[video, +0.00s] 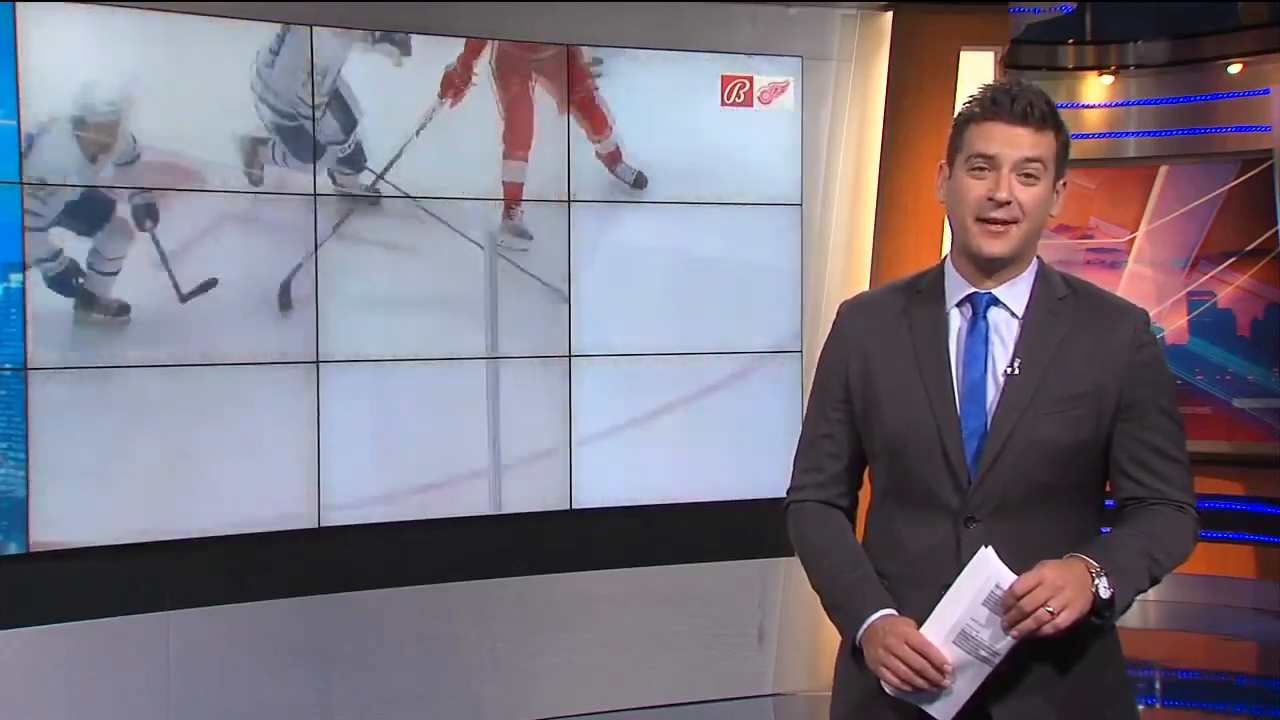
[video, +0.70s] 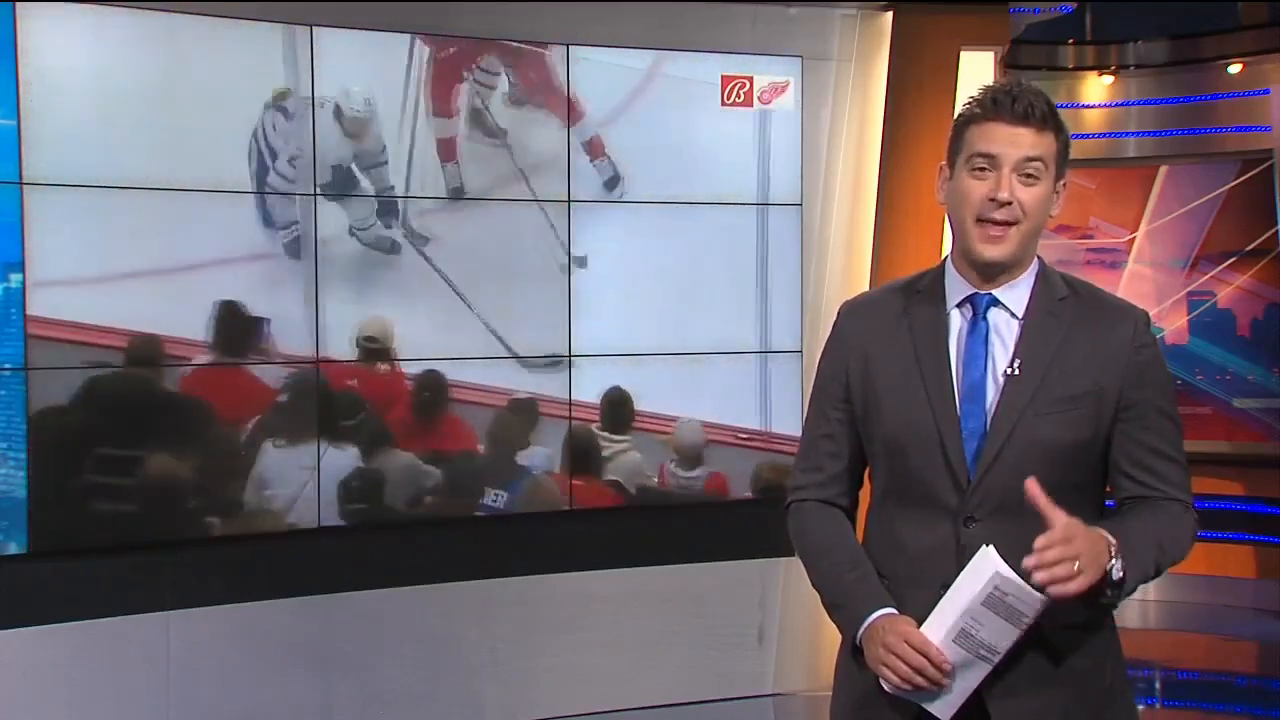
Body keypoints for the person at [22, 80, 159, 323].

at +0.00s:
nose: (109, 138)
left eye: (114, 128)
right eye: (101, 129)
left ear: (120, 125)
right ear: (80, 127)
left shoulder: (117, 139)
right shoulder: (53, 157)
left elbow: (132, 167)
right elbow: (30, 228)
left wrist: (141, 200)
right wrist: (56, 268)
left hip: (64, 197)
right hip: (26, 207)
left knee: (118, 233)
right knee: (20, 255)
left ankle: (92, 298)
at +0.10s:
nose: (160, 85)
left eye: (164, 77)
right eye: (154, 77)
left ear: (168, 75)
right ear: (137, 71)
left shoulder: (159, 89)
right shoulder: (96, 87)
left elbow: (165, 123)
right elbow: (34, 127)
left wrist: (184, 159)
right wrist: (28, 169)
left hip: (108, 140)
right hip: (64, 151)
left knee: (136, 172)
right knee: (88, 208)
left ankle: (120, 222)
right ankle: (35, 189)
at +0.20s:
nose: (172, 55)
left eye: (177, 49)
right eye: (167, 47)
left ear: (183, 44)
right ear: (152, 39)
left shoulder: (192, 62)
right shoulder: (113, 37)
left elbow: (193, 103)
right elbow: (50, 40)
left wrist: (204, 140)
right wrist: (32, 90)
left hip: (133, 102)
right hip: (89, 99)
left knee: (130, 152)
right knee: (136, 163)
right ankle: (104, 187)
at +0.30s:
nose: (181, 49)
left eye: (187, 42)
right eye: (175, 42)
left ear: (194, 38)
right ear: (158, 33)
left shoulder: (207, 51)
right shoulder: (124, 34)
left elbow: (210, 89)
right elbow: (77, 60)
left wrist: (210, 123)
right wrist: (60, 102)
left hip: (165, 90)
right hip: (124, 78)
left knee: (142, 147)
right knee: (108, 132)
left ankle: (124, 193)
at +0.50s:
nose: (295, 85)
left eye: (300, 80)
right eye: (293, 78)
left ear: (303, 78)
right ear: (279, 69)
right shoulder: (242, 77)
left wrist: (309, 114)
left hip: (254, 114)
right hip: (200, 100)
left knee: (288, 151)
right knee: (151, 145)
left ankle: (264, 199)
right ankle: (96, 175)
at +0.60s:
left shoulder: (336, 91)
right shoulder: (300, 121)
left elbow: (348, 84)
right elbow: (286, 172)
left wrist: (355, 134)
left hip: (290, 141)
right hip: (241, 128)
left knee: (342, 182)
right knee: (221, 194)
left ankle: (323, 215)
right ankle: (184, 152)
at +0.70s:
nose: (360, 129)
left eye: (365, 122)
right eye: (354, 122)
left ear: (371, 120)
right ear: (340, 116)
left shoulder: (365, 125)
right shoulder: (314, 137)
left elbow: (374, 161)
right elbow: (278, 186)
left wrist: (386, 198)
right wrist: (290, 233)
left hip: (322, 154)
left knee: (360, 202)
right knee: (278, 220)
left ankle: (367, 233)